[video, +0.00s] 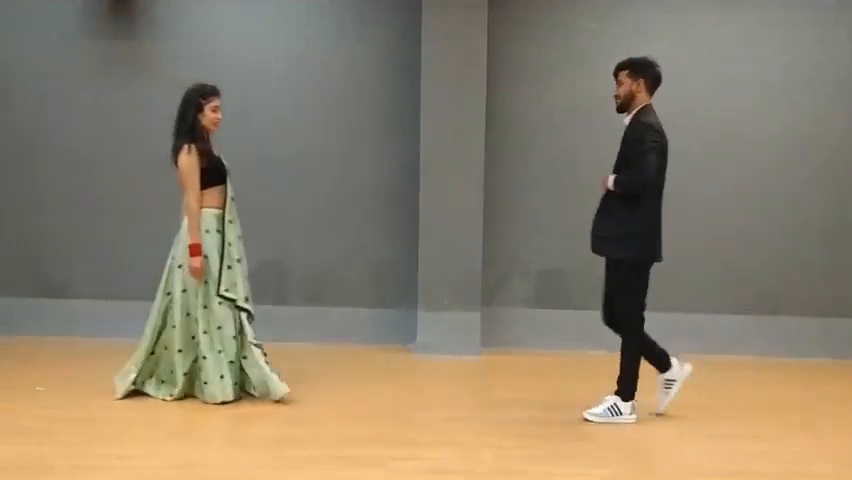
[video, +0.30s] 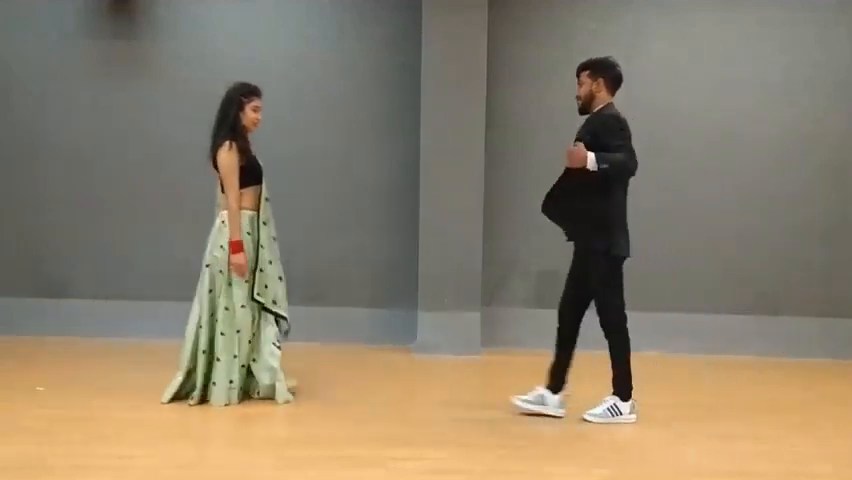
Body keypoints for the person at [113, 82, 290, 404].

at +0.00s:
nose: (219, 116)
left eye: (219, 110)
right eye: (213, 110)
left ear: (213, 113)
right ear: (196, 112)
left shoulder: (206, 149)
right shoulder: (189, 151)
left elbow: (208, 201)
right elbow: (191, 201)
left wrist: (224, 242)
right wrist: (195, 248)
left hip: (218, 234)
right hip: (204, 234)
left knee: (218, 307)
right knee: (204, 309)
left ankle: (219, 376)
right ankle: (206, 377)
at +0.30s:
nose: (259, 116)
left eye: (260, 110)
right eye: (254, 110)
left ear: (247, 111)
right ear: (237, 110)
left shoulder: (241, 147)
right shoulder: (229, 149)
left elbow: (239, 199)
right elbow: (232, 199)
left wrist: (249, 243)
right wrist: (236, 246)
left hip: (252, 233)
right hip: (239, 235)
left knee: (251, 309)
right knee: (237, 310)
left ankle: (250, 378)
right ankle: (232, 380)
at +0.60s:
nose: (296, 122)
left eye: (297, 116)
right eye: (292, 115)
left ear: (283, 117)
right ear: (275, 115)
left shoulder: (277, 153)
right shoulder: (269, 155)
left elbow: (273, 206)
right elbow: (272, 207)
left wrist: (283, 249)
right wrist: (275, 253)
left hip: (290, 239)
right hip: (281, 240)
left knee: (289, 310)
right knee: (280, 311)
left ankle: (285, 378)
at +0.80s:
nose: (326, 119)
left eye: (327, 113)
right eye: (321, 113)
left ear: (315, 118)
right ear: (305, 116)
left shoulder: (310, 153)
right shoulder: (303, 156)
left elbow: (312, 207)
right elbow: (307, 208)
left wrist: (319, 250)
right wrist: (313, 253)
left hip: (322, 241)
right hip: (311, 243)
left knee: (322, 312)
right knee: (313, 314)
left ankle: (311, 380)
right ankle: (268, 376)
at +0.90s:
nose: (338, 119)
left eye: (339, 113)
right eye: (333, 112)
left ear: (329, 115)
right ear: (318, 114)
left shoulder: (322, 151)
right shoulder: (314, 153)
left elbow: (323, 203)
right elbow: (322, 204)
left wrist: (334, 246)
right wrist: (329, 249)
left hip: (329, 236)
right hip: (323, 239)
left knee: (332, 311)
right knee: (329, 312)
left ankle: (317, 379)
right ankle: (306, 377)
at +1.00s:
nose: (350, 117)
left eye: (351, 111)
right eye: (345, 112)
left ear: (337, 114)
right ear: (329, 114)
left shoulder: (334, 149)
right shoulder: (328, 151)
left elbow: (338, 200)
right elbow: (339, 200)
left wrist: (346, 242)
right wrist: (344, 244)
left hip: (338, 234)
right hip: (334, 236)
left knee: (340, 308)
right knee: (337, 309)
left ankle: (338, 377)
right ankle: (335, 379)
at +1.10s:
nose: (361, 120)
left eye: (362, 114)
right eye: (356, 114)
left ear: (351, 118)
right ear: (340, 117)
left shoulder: (345, 152)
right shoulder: (343, 153)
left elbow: (353, 195)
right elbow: (353, 195)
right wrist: (359, 239)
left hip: (346, 231)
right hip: (345, 233)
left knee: (349, 305)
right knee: (349, 306)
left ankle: (351, 374)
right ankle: (353, 376)